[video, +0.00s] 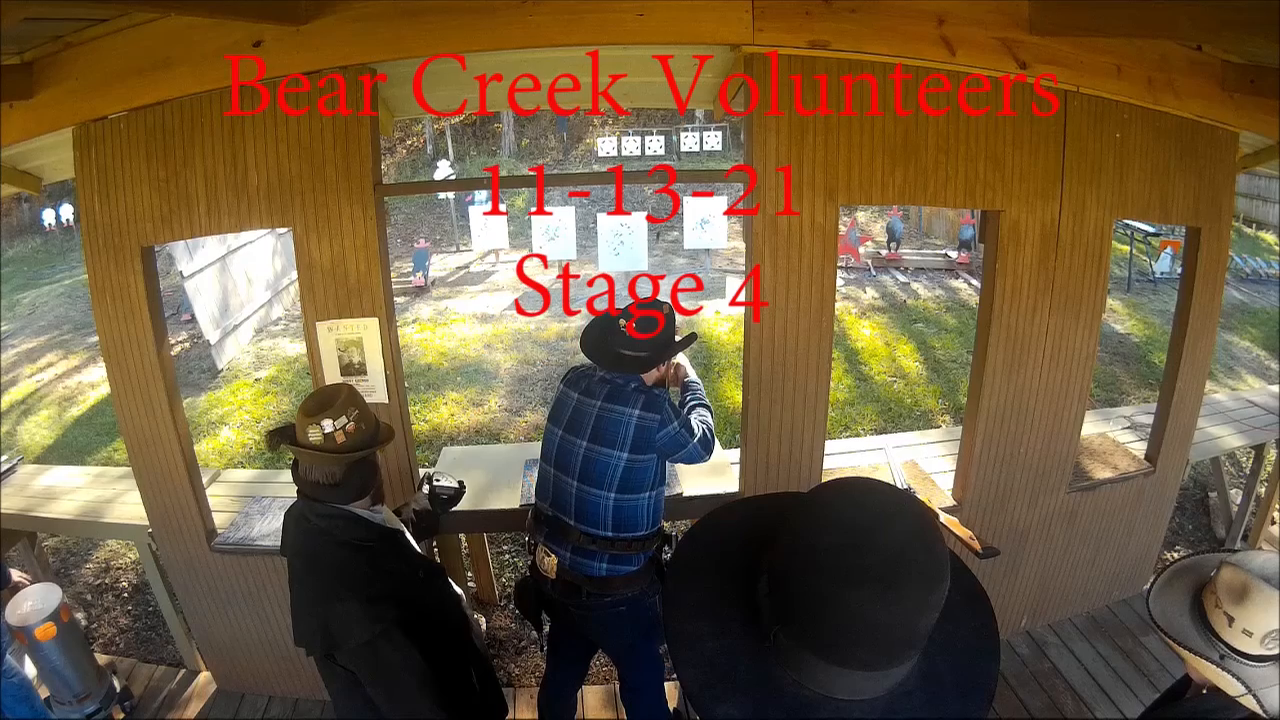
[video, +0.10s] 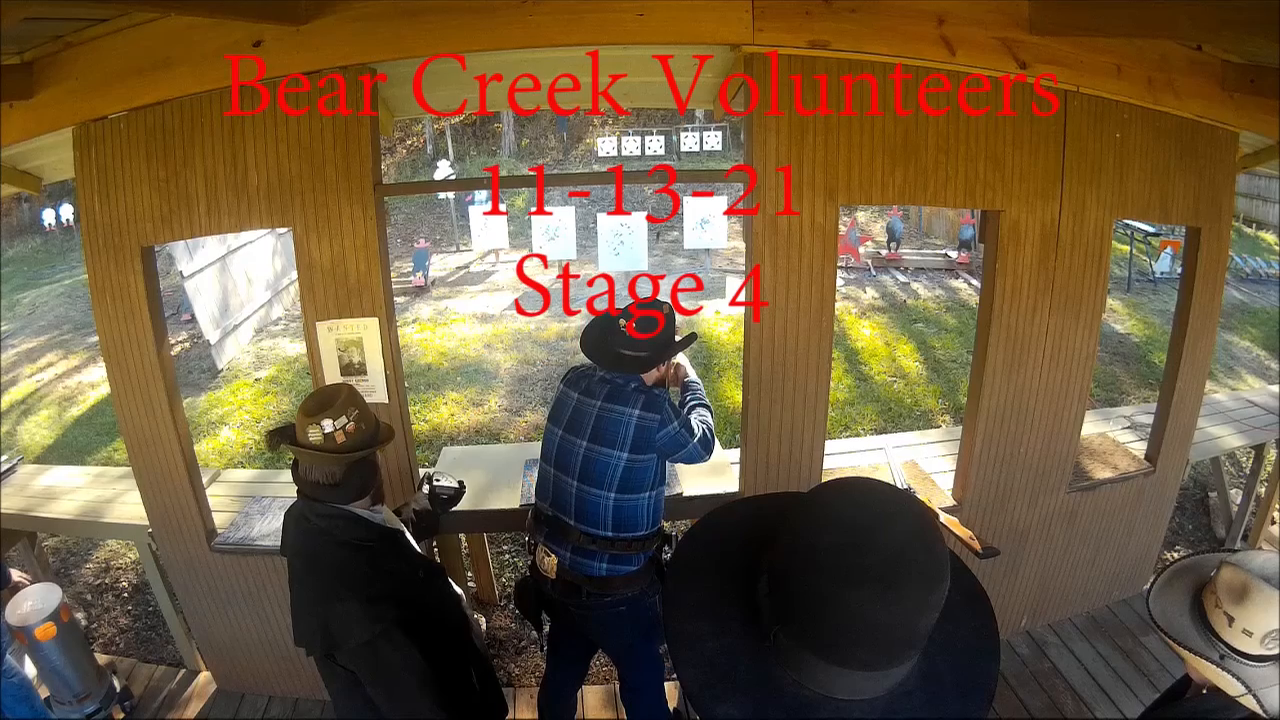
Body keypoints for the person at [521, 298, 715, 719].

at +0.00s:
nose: (669, 360)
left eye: (668, 353)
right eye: (666, 354)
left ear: (608, 350)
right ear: (651, 365)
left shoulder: (572, 383)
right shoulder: (653, 412)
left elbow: (616, 393)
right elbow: (701, 445)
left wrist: (651, 378)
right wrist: (691, 380)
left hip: (555, 576)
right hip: (618, 590)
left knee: (559, 682)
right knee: (644, 686)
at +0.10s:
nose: (669, 360)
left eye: (668, 354)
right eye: (666, 354)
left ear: (608, 350)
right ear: (651, 365)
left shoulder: (572, 383)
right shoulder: (653, 412)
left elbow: (616, 393)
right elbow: (701, 445)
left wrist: (651, 379)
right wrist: (691, 380)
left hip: (555, 577)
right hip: (618, 590)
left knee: (559, 682)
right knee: (644, 686)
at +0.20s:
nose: (669, 360)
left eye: (668, 354)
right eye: (666, 354)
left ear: (608, 350)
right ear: (651, 365)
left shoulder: (571, 382)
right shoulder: (653, 412)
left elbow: (616, 394)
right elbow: (701, 445)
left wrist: (651, 379)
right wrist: (691, 380)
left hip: (555, 576)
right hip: (618, 590)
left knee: (559, 682)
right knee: (644, 686)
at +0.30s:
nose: (669, 360)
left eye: (668, 354)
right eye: (666, 354)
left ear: (607, 349)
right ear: (652, 364)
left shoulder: (571, 383)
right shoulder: (653, 412)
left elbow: (616, 393)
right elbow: (701, 444)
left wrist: (652, 379)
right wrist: (691, 380)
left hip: (556, 576)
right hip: (619, 589)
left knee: (559, 682)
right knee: (644, 687)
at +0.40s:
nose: (669, 360)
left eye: (668, 353)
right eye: (666, 354)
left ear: (608, 350)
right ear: (651, 365)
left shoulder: (571, 382)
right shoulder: (653, 412)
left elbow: (616, 394)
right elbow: (701, 445)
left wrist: (651, 379)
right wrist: (691, 380)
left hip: (556, 578)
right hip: (618, 591)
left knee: (559, 683)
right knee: (644, 688)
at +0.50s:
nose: (668, 360)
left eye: (667, 353)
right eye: (666, 353)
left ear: (607, 349)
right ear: (652, 364)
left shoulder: (571, 383)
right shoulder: (653, 412)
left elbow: (615, 395)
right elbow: (701, 445)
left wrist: (650, 379)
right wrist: (691, 380)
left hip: (556, 577)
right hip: (618, 590)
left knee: (558, 684)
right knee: (644, 688)